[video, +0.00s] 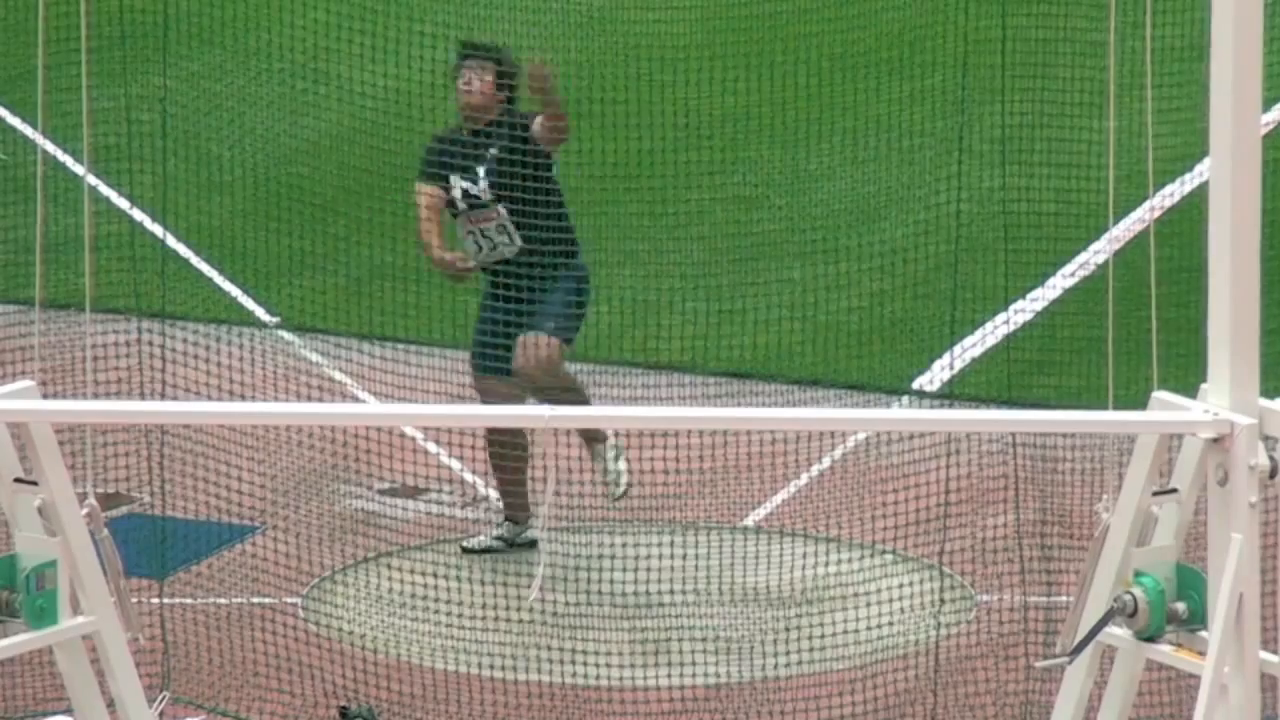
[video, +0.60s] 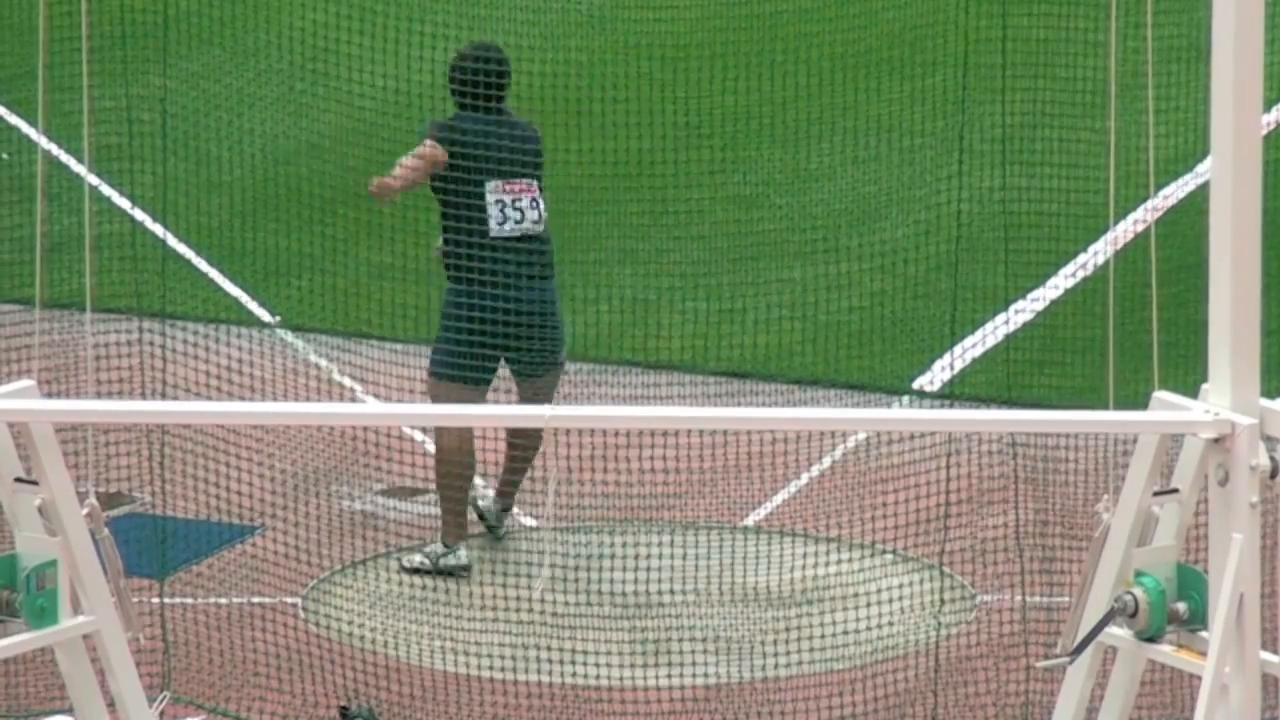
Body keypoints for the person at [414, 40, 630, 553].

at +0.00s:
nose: (469, 86)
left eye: (480, 79)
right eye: (464, 79)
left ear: (501, 90)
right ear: (455, 89)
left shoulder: (520, 129)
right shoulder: (444, 149)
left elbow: (553, 131)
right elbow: (429, 211)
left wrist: (550, 104)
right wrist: (438, 254)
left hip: (558, 276)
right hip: (504, 286)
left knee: (536, 363)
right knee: (496, 398)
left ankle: (600, 444)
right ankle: (518, 525)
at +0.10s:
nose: (486, 86)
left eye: (480, 80)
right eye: (473, 86)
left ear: (487, 92)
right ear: (457, 110)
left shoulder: (525, 117)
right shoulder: (451, 164)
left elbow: (581, 70)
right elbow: (464, 218)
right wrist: (509, 241)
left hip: (540, 278)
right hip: (479, 294)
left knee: (595, 372)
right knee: (485, 410)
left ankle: (557, 387)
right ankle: (515, 523)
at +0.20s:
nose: (523, 88)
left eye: (520, 82)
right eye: (514, 84)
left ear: (506, 98)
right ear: (494, 100)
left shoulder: (509, 129)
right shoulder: (486, 146)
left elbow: (519, 86)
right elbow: (531, 158)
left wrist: (531, 53)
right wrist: (582, 143)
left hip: (513, 281)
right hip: (477, 292)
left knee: (544, 362)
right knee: (493, 391)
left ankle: (429, 392)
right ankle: (469, 502)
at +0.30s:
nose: (534, 102)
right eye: (531, 96)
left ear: (485, 101)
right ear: (532, 103)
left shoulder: (469, 138)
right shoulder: (546, 147)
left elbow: (426, 126)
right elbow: (600, 112)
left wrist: (387, 112)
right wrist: (632, 47)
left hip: (447, 293)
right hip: (499, 306)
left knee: (443, 368)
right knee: (497, 400)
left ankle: (375, 446)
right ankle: (458, 500)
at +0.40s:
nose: (514, 93)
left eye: (506, 83)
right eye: (521, 85)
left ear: (487, 89)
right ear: (533, 93)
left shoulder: (458, 132)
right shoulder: (553, 139)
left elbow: (381, 143)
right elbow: (630, 116)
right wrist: (684, 75)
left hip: (445, 291)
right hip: (505, 301)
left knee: (425, 398)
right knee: (517, 400)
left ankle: (403, 510)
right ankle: (466, 502)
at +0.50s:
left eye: (477, 76)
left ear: (469, 81)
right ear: (518, 83)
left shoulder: (451, 129)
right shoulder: (542, 135)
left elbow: (389, 146)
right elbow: (598, 166)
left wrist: (333, 154)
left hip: (458, 299)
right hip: (521, 302)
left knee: (443, 411)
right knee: (524, 404)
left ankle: (447, 537)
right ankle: (483, 506)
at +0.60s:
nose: (453, 91)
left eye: (454, 83)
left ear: (456, 86)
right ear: (504, 89)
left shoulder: (448, 135)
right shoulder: (528, 136)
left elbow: (396, 183)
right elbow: (516, 205)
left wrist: (383, 186)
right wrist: (461, 241)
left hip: (475, 303)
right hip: (537, 302)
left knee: (452, 415)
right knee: (537, 401)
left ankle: (451, 546)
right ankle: (500, 504)